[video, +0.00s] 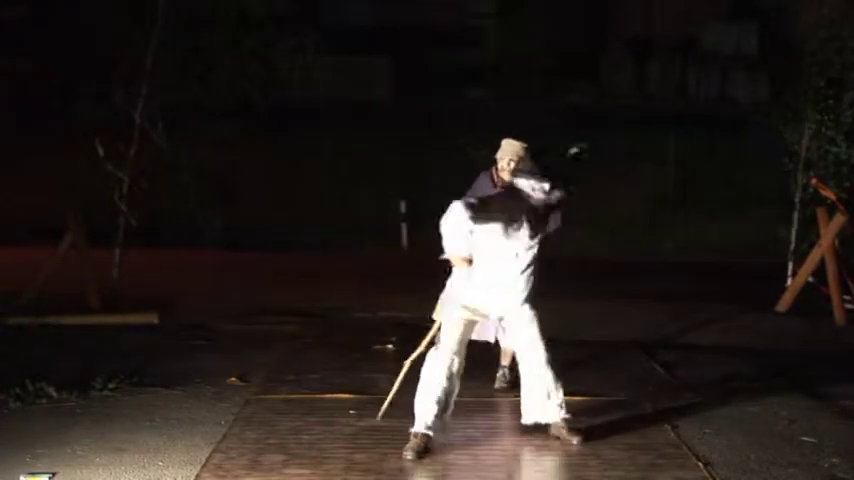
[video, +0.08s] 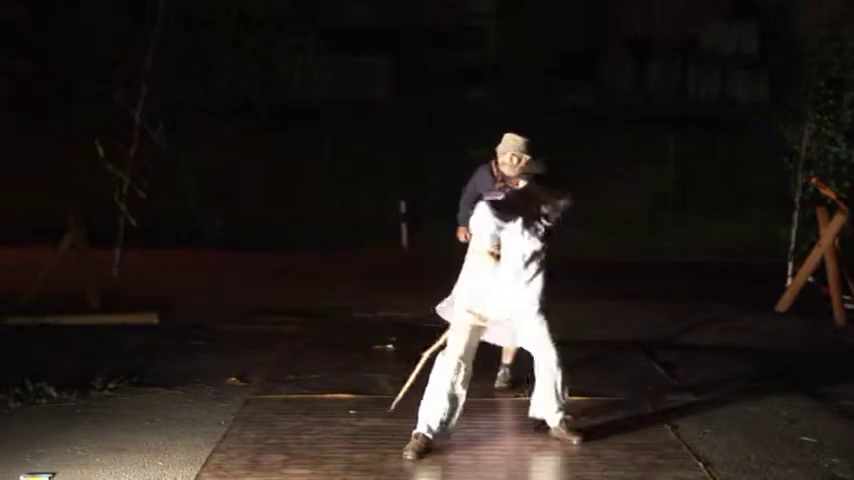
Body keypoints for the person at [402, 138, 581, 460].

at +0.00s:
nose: (509, 170)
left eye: (517, 166)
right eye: (505, 163)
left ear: (528, 170)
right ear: (496, 165)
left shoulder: (538, 211)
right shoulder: (477, 202)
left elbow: (551, 196)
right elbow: (454, 217)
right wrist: (458, 253)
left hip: (512, 296)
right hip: (466, 291)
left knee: (535, 355)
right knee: (444, 356)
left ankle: (555, 420)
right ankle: (422, 430)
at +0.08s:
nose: (524, 188)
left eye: (529, 183)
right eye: (521, 183)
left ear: (534, 182)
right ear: (510, 181)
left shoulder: (542, 223)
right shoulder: (488, 210)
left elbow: (563, 206)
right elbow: (471, 268)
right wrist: (457, 311)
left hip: (521, 304)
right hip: (475, 298)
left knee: (548, 356)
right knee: (453, 358)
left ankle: (554, 417)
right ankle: (425, 430)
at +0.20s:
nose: (517, 163)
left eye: (521, 158)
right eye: (511, 157)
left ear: (527, 159)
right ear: (499, 157)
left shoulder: (535, 181)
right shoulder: (482, 175)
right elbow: (466, 193)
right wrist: (464, 220)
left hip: (522, 245)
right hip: (485, 239)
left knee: (516, 304)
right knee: (482, 301)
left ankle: (508, 364)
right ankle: (479, 361)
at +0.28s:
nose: (512, 167)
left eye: (517, 162)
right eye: (507, 162)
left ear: (525, 164)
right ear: (498, 162)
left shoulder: (531, 188)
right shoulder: (482, 182)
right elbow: (464, 206)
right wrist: (460, 233)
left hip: (522, 254)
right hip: (487, 251)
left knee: (517, 307)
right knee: (492, 308)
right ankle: (497, 367)